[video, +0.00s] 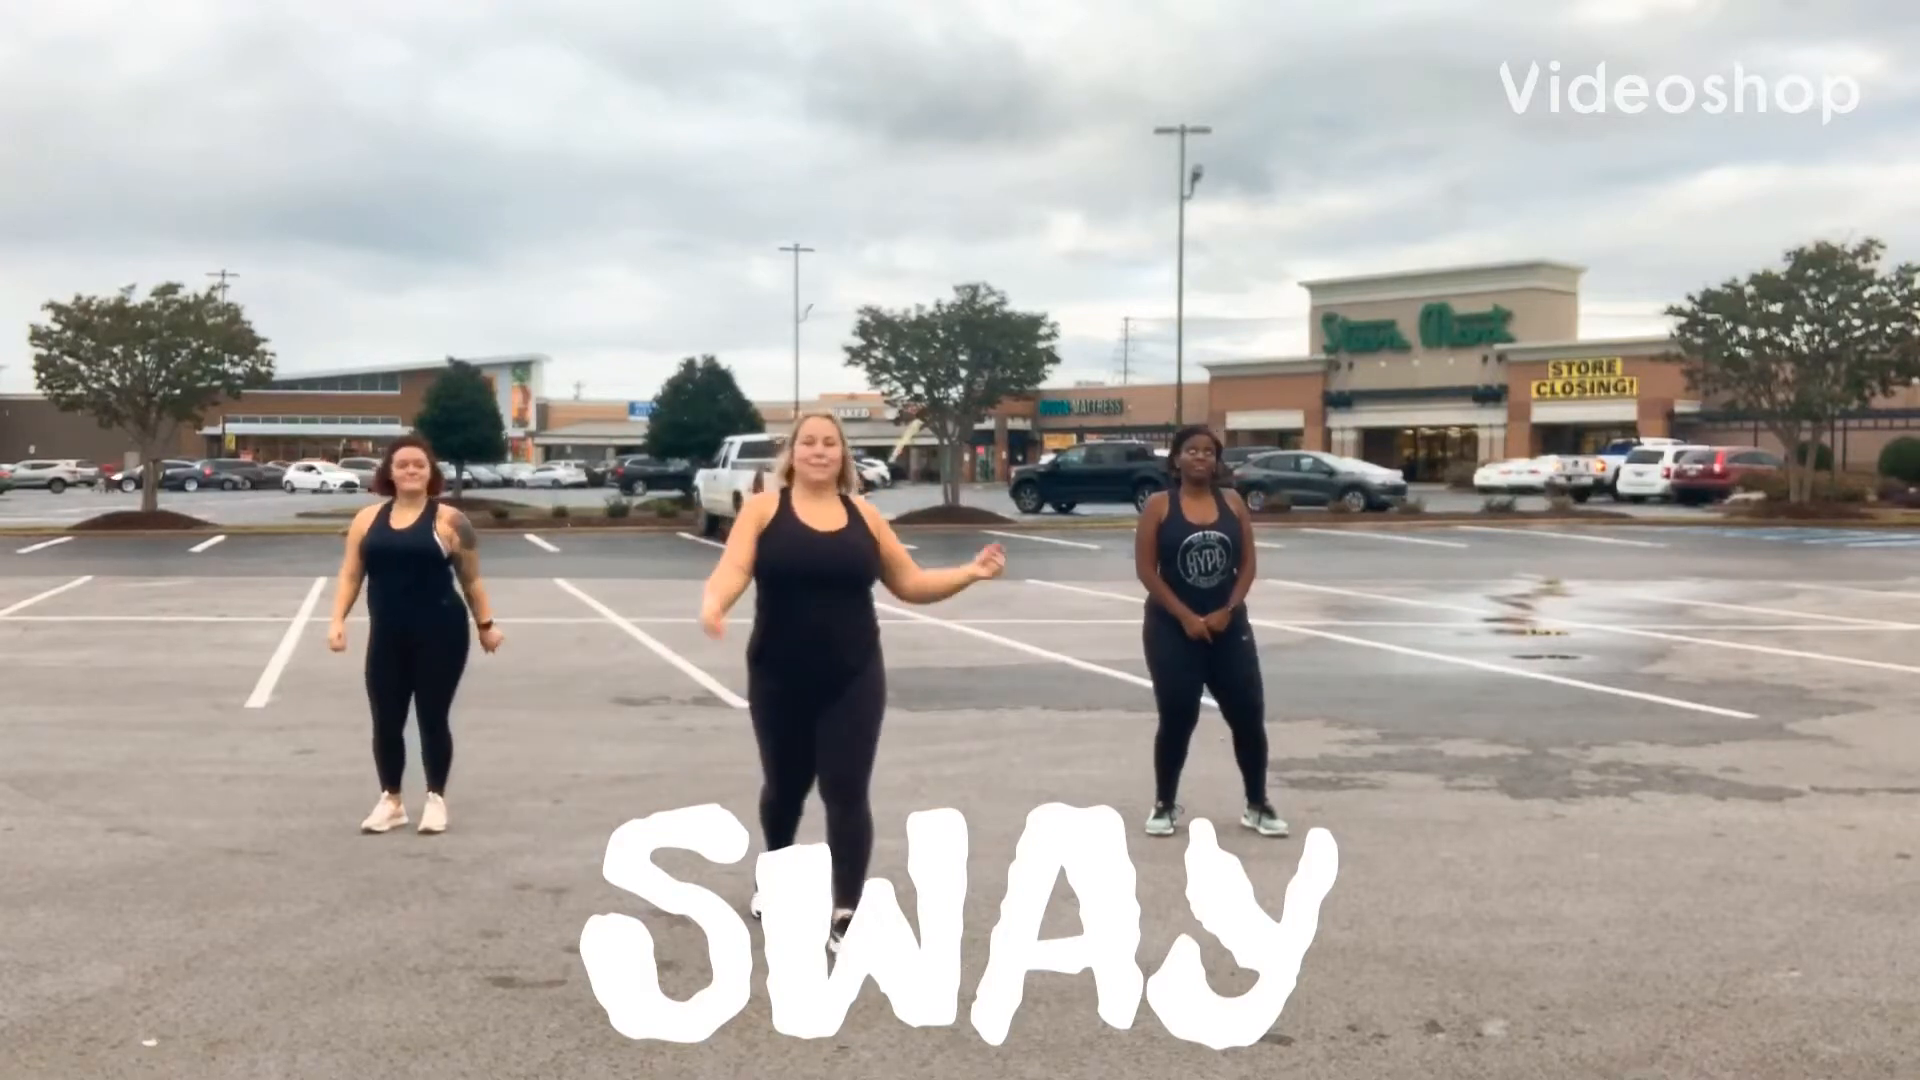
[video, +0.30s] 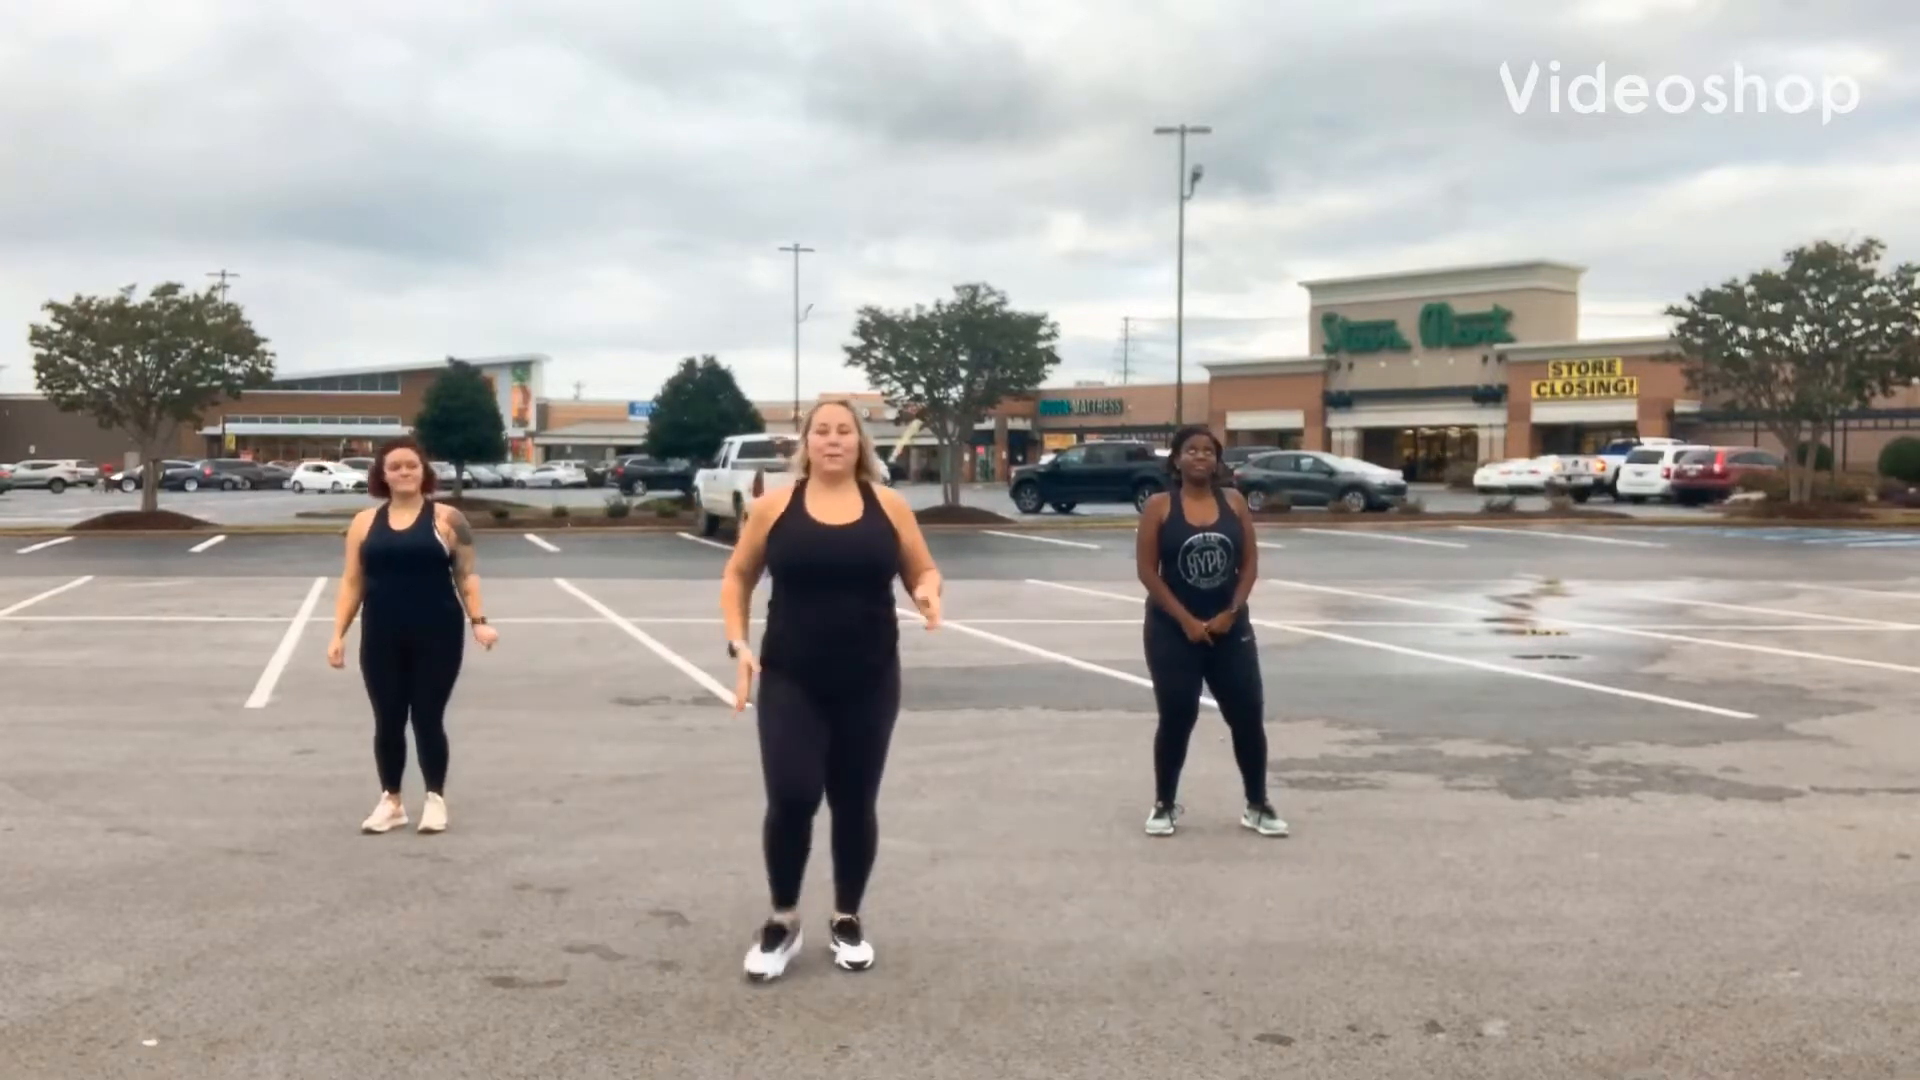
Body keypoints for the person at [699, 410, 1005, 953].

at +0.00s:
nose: (818, 451)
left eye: (828, 443)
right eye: (808, 442)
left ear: (843, 454)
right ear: (791, 453)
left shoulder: (862, 514)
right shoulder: (762, 509)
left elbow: (910, 584)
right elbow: (734, 568)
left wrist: (972, 572)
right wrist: (713, 604)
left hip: (852, 676)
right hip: (779, 675)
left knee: (846, 795)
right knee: (785, 788)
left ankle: (846, 910)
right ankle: (771, 876)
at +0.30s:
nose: (832, 440)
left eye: (842, 431)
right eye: (822, 431)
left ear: (860, 442)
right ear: (806, 441)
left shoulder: (887, 505)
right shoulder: (774, 507)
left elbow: (921, 571)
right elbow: (738, 576)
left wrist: (928, 594)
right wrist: (739, 645)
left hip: (868, 681)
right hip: (790, 679)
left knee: (854, 805)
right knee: (792, 801)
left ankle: (847, 923)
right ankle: (782, 921)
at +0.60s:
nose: (819, 451)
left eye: (830, 441)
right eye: (809, 441)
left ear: (848, 452)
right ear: (792, 452)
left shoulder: (877, 516)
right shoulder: (761, 517)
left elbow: (919, 590)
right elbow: (714, 576)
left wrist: (898, 657)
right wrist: (732, 625)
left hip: (861, 703)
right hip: (780, 701)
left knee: (853, 828)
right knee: (786, 833)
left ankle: (849, 915)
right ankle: (784, 975)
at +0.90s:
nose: (807, 443)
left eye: (819, 433)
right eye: (796, 433)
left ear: (837, 445)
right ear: (777, 446)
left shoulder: (868, 507)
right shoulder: (748, 511)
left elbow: (918, 558)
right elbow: (673, 573)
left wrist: (899, 619)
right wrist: (722, 611)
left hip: (854, 698)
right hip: (770, 699)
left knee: (855, 838)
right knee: (779, 839)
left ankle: (860, 973)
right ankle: (786, 982)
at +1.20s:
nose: (820, 434)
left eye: (831, 424)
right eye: (808, 424)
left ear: (849, 437)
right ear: (788, 438)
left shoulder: (873, 501)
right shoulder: (758, 504)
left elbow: (943, 537)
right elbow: (693, 590)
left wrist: (942, 566)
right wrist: (737, 548)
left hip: (861, 697)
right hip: (777, 699)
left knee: (857, 830)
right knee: (787, 836)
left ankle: (861, 969)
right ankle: (788, 979)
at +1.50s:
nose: (826, 443)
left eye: (838, 434)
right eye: (814, 433)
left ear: (856, 446)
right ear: (795, 445)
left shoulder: (882, 514)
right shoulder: (764, 511)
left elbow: (931, 598)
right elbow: (749, 602)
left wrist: (909, 648)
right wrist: (827, 642)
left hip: (870, 699)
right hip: (787, 701)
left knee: (865, 833)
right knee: (801, 829)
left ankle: (865, 970)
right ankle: (791, 975)